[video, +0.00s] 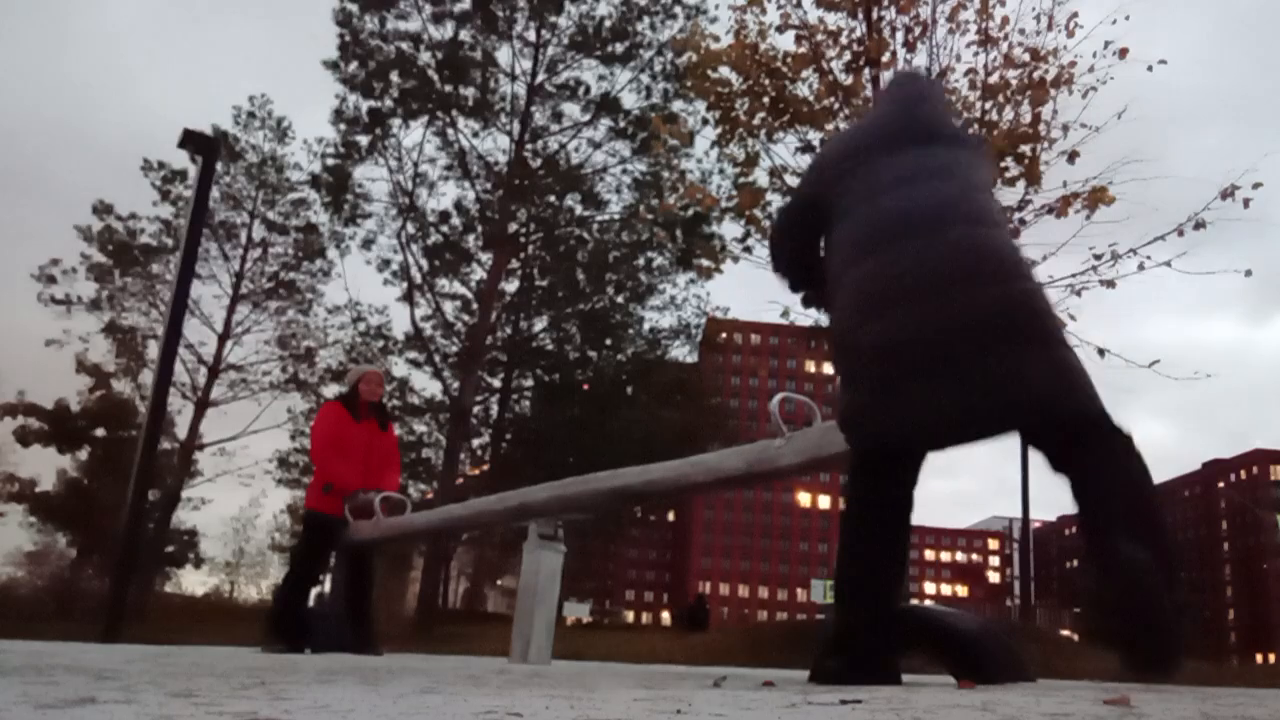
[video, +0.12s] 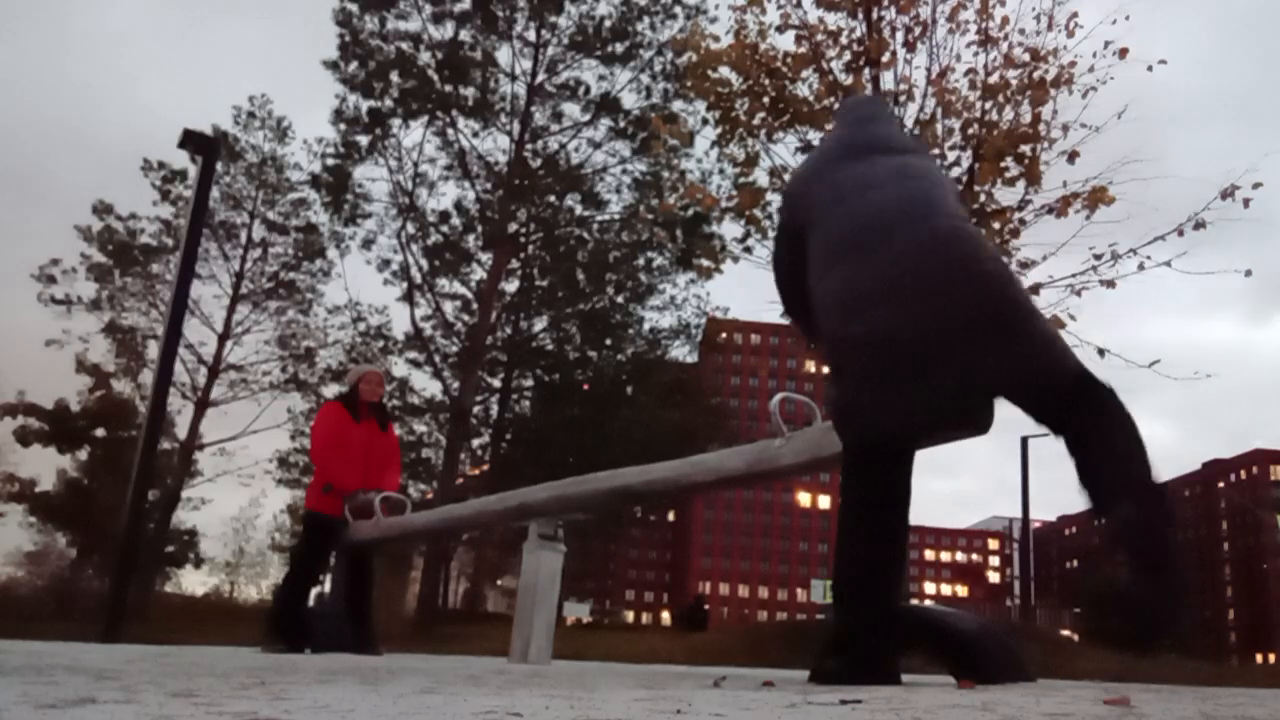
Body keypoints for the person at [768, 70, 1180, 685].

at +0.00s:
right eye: (945, 102)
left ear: (877, 108)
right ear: (940, 106)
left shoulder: (837, 156)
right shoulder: (965, 146)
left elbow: (788, 241)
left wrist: (829, 288)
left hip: (892, 362)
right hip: (1008, 343)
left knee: (877, 496)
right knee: (1097, 450)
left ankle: (860, 655)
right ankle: (1146, 620)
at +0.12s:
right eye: (898, 121)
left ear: (834, 132)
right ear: (894, 126)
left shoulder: (805, 183)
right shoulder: (919, 159)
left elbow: (791, 284)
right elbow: (942, 237)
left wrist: (833, 344)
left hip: (876, 347)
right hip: (979, 314)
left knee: (871, 501)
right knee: (1087, 409)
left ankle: (859, 651)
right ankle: (1152, 571)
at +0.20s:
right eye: (875, 130)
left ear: (819, 143)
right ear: (874, 134)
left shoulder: (792, 192)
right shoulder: (904, 168)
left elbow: (787, 292)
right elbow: (932, 243)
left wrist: (829, 355)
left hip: (869, 341)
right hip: (964, 302)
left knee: (870, 500)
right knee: (1067, 389)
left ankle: (860, 646)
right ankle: (1166, 493)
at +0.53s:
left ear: (787, 172)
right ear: (837, 159)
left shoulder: (770, 211)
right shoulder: (881, 185)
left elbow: (769, 304)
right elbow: (918, 259)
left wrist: (812, 354)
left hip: (851, 360)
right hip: (936, 338)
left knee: (860, 504)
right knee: (990, 396)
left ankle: (862, 644)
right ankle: (1101, 484)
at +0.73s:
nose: (772, 188)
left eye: (774, 180)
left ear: (781, 176)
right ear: (831, 162)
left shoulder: (773, 217)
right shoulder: (881, 194)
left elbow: (771, 310)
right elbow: (914, 271)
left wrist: (808, 355)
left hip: (846, 369)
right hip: (934, 354)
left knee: (845, 509)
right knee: (952, 439)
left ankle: (861, 647)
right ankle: (1021, 542)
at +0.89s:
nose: (774, 194)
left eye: (775, 186)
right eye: (776, 187)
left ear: (785, 178)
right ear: (837, 163)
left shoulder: (781, 220)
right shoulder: (883, 197)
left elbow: (784, 314)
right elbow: (925, 276)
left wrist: (815, 361)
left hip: (856, 354)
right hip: (941, 342)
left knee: (842, 494)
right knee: (928, 460)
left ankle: (859, 638)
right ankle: (971, 590)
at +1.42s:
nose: (855, 202)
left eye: (861, 193)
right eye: (858, 193)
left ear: (876, 198)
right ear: (922, 198)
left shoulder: (865, 243)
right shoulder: (949, 247)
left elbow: (829, 320)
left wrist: (833, 381)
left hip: (902, 399)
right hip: (978, 399)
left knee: (831, 511)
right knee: (922, 515)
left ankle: (865, 648)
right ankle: (985, 639)